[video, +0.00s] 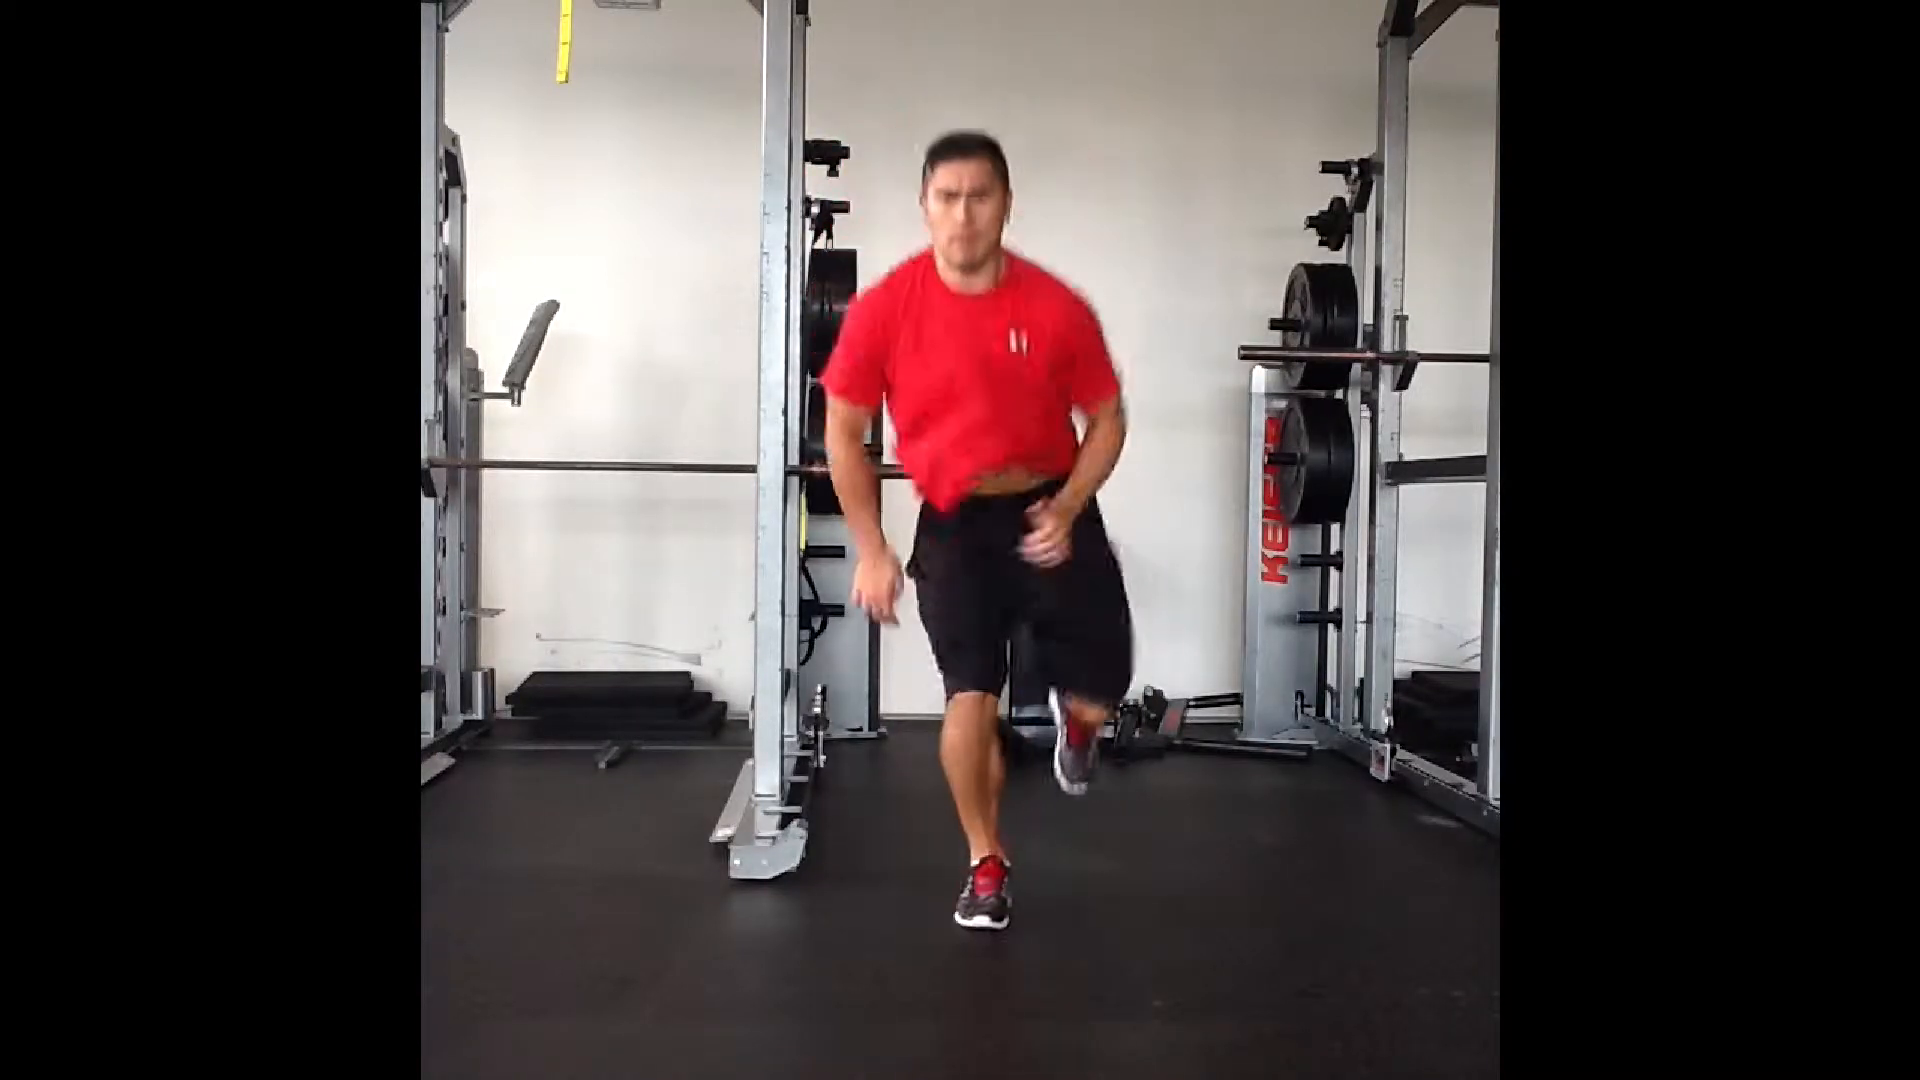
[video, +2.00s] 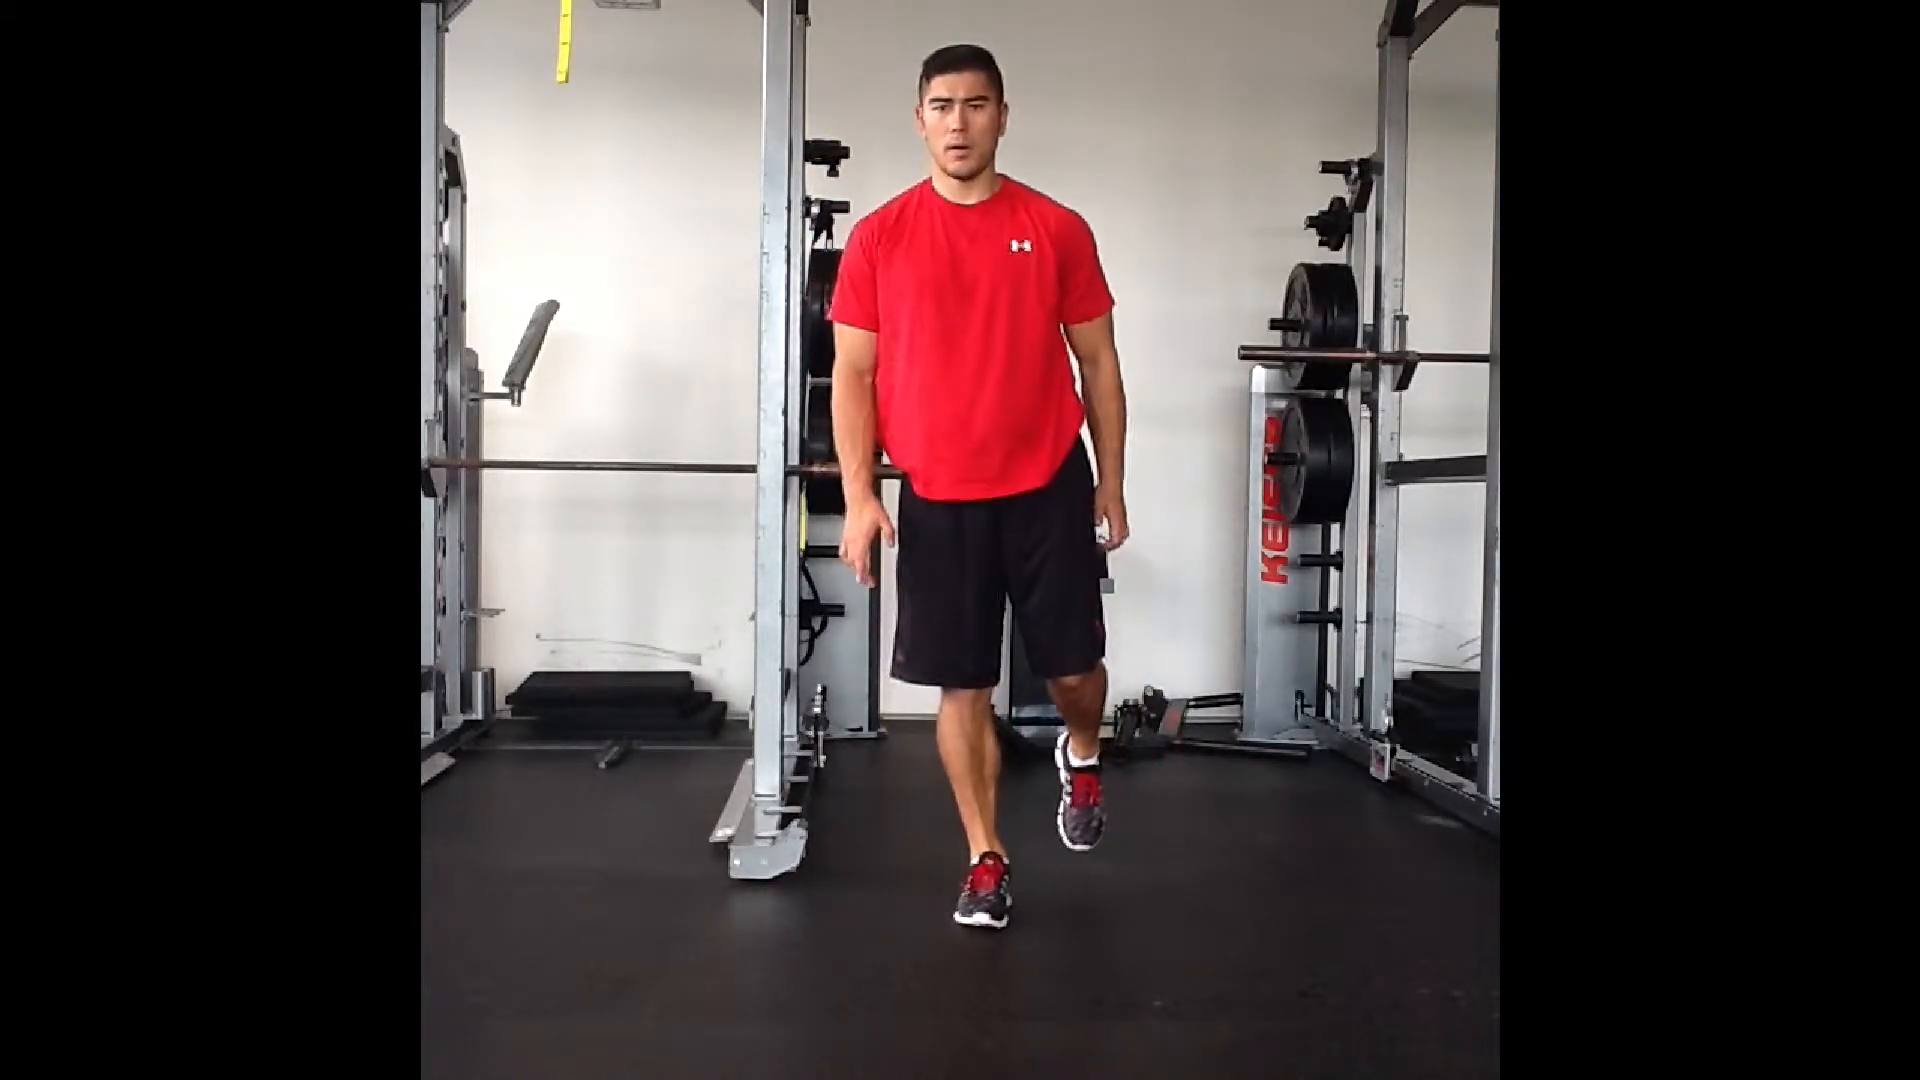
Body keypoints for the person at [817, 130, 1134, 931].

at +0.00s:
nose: (963, 213)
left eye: (978, 197)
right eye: (947, 198)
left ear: (1005, 207)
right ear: (926, 209)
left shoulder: (1057, 308)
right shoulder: (883, 310)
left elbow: (1108, 421)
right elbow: (844, 429)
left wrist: (1066, 506)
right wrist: (871, 549)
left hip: (1056, 510)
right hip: (956, 521)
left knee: (1098, 690)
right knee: (971, 693)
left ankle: (1077, 725)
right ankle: (985, 863)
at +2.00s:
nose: (958, 121)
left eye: (975, 105)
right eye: (942, 105)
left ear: (1002, 118)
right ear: (920, 120)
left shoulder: (1056, 230)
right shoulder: (876, 238)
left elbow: (1097, 358)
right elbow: (853, 373)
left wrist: (1111, 482)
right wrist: (858, 494)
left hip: (1047, 488)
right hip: (936, 498)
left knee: (1072, 672)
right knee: (960, 683)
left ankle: (1081, 762)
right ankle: (983, 858)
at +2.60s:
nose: (952, 189)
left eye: (970, 173)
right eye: (936, 173)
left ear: (999, 188)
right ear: (914, 188)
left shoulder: (1050, 297)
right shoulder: (872, 290)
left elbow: (1086, 433)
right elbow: (858, 375)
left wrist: (999, 436)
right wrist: (871, 463)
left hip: (1042, 525)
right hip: (936, 536)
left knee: (1055, 671)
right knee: (956, 686)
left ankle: (1040, 698)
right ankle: (982, 859)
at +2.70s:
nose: (951, 243)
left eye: (968, 227)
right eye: (934, 228)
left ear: (997, 240)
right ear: (914, 242)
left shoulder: (1041, 339)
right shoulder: (875, 329)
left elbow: (1054, 454)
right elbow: (893, 412)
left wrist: (960, 361)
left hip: (1043, 553)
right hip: (941, 555)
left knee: (1031, 695)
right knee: (959, 692)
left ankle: (994, 728)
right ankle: (982, 859)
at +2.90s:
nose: (941, 296)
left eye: (959, 277)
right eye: (924, 277)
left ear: (990, 287)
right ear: (902, 288)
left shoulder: (1036, 374)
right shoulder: (871, 368)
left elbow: (1053, 510)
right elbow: (906, 436)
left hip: (1044, 575)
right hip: (944, 574)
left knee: (1015, 710)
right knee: (963, 711)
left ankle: (1001, 717)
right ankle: (985, 862)